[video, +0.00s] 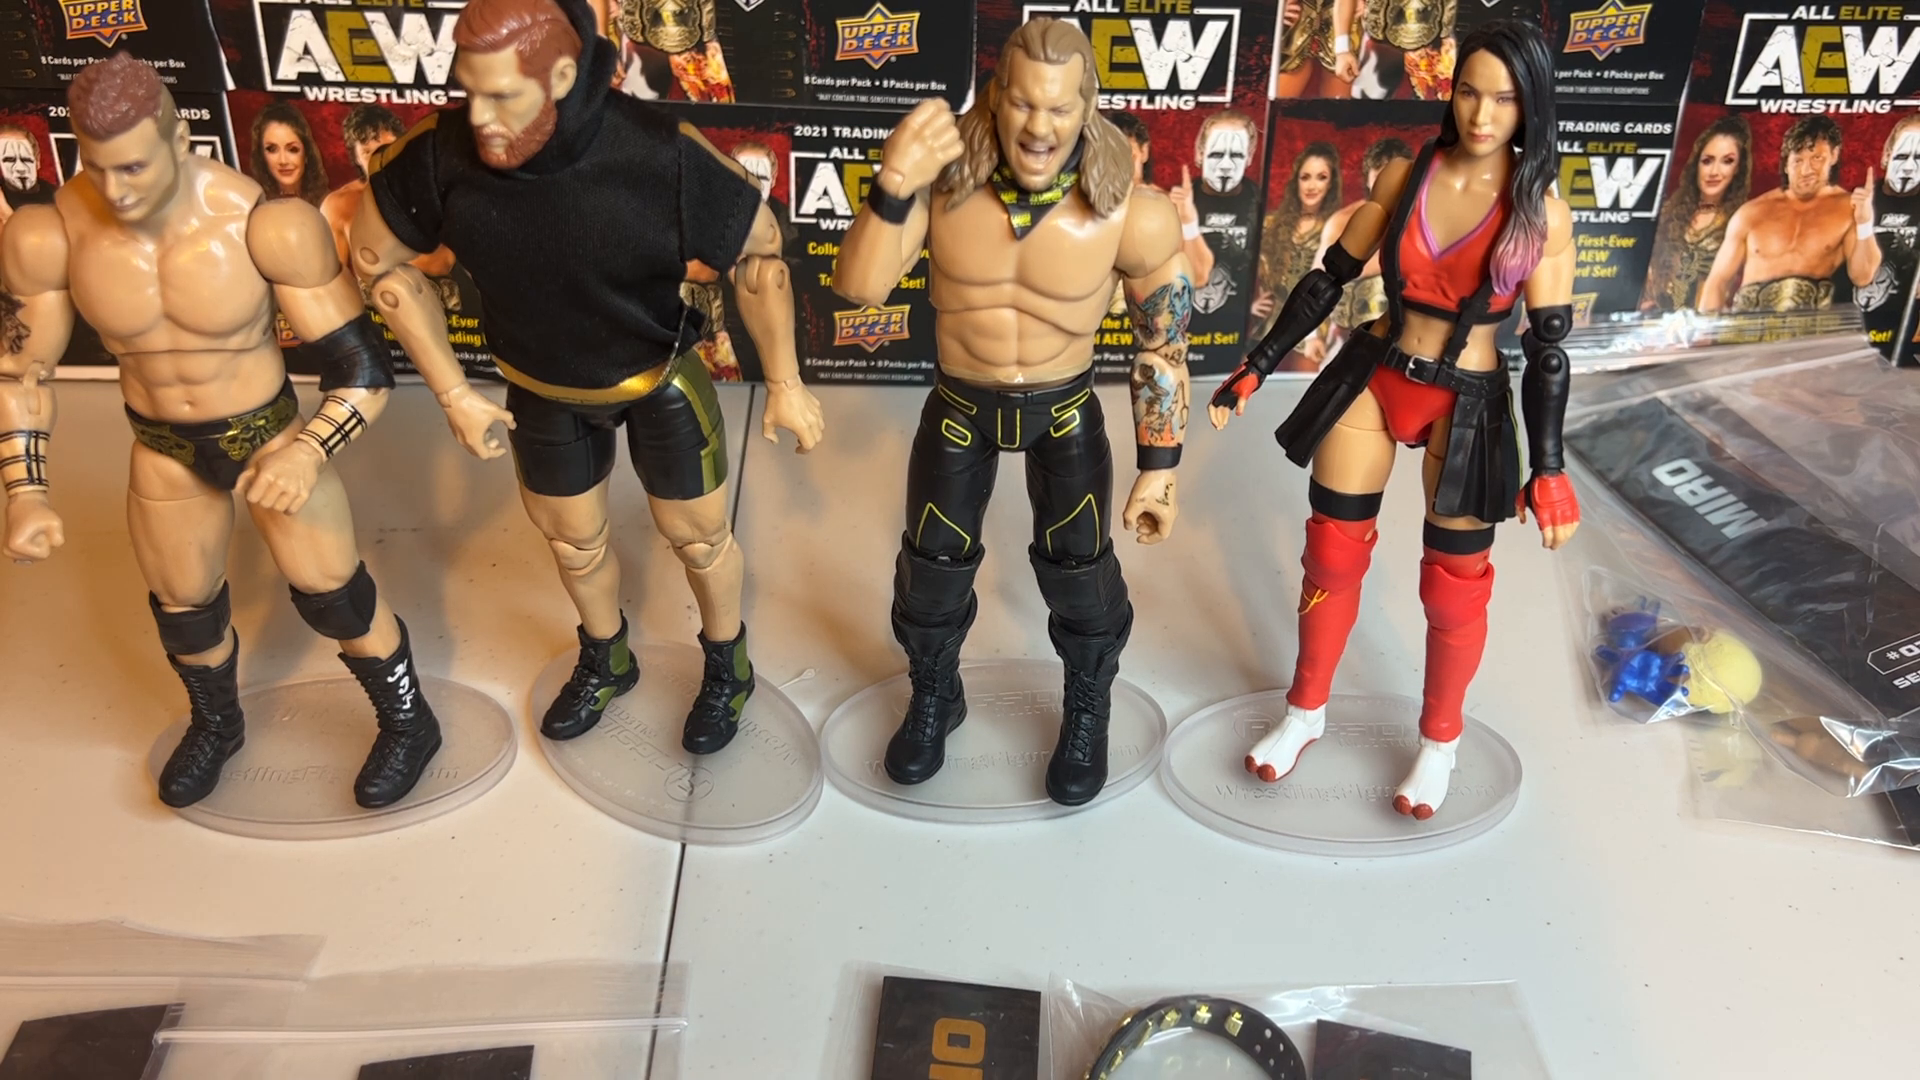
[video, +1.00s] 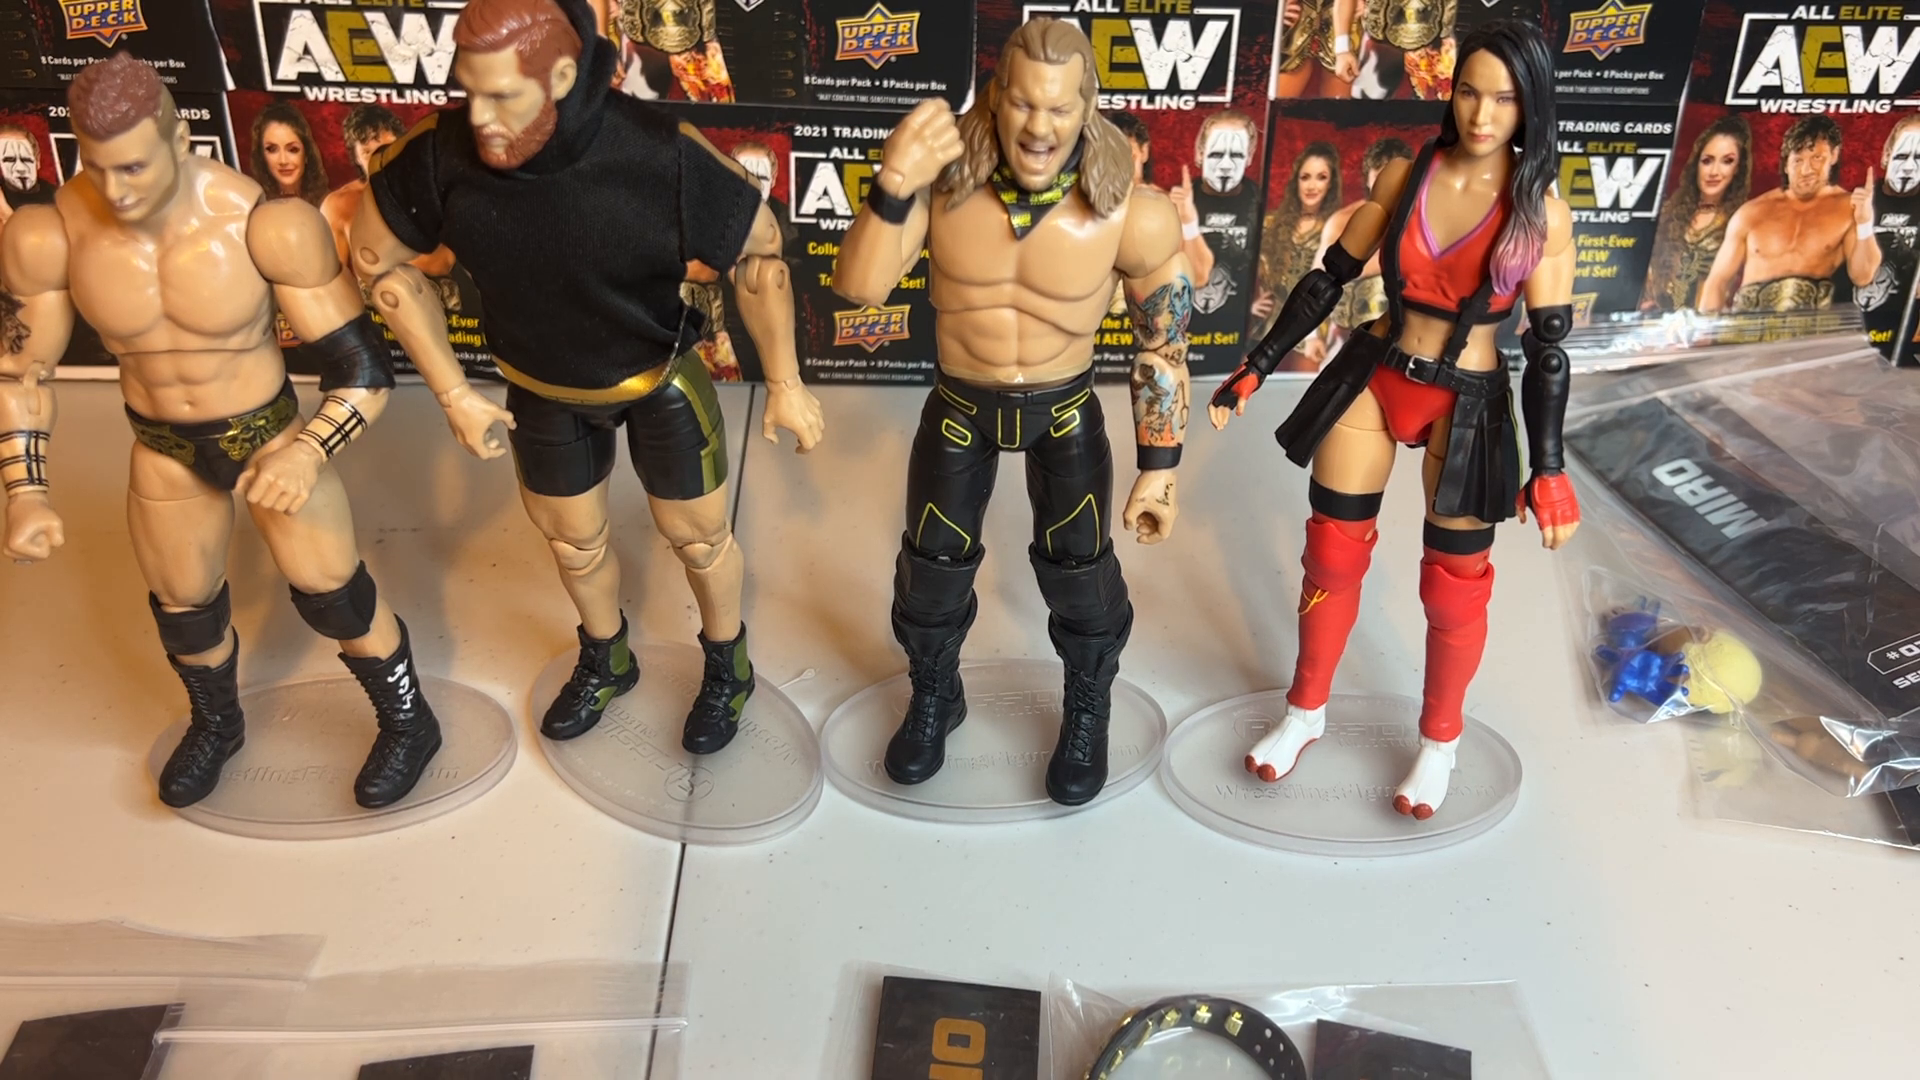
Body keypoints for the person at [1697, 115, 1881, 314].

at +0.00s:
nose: (1806, 170)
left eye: (1817, 158)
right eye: (1798, 160)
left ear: (1834, 156)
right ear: (1785, 163)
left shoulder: (1848, 207)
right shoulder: (1751, 213)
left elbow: (1862, 277)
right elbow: (1718, 281)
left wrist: (1864, 223)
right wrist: (1704, 336)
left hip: (1810, 316)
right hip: (1748, 313)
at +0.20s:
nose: (1806, 169)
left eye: (1817, 158)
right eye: (1797, 160)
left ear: (1834, 156)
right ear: (1785, 163)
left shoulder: (1848, 207)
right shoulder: (1750, 212)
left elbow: (1861, 277)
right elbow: (1718, 281)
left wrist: (1864, 223)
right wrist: (1704, 336)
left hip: (1809, 315)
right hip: (1748, 313)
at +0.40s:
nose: (1806, 169)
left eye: (1817, 158)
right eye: (1797, 160)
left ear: (1834, 156)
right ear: (1785, 162)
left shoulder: (1848, 206)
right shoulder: (1750, 212)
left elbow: (1862, 277)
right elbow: (1718, 281)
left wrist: (1864, 223)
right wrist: (1704, 336)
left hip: (1810, 315)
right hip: (1748, 313)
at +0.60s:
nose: (1806, 169)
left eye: (1817, 158)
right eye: (1797, 160)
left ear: (1834, 156)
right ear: (1785, 163)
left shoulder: (1848, 207)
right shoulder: (1750, 212)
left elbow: (1862, 277)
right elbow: (1718, 281)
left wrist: (1864, 223)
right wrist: (1704, 336)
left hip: (1810, 315)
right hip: (1748, 312)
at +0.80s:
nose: (1806, 170)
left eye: (1817, 158)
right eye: (1797, 160)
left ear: (1834, 156)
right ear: (1785, 163)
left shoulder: (1848, 207)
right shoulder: (1751, 212)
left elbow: (1862, 277)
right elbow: (1718, 281)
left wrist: (1864, 223)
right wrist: (1704, 335)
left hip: (1810, 314)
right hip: (1749, 312)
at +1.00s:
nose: (1806, 169)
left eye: (1817, 158)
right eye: (1798, 160)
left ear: (1834, 156)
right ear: (1785, 162)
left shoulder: (1848, 207)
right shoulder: (1750, 212)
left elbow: (1862, 277)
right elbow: (1718, 281)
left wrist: (1864, 224)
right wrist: (1704, 336)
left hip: (1810, 315)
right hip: (1748, 313)